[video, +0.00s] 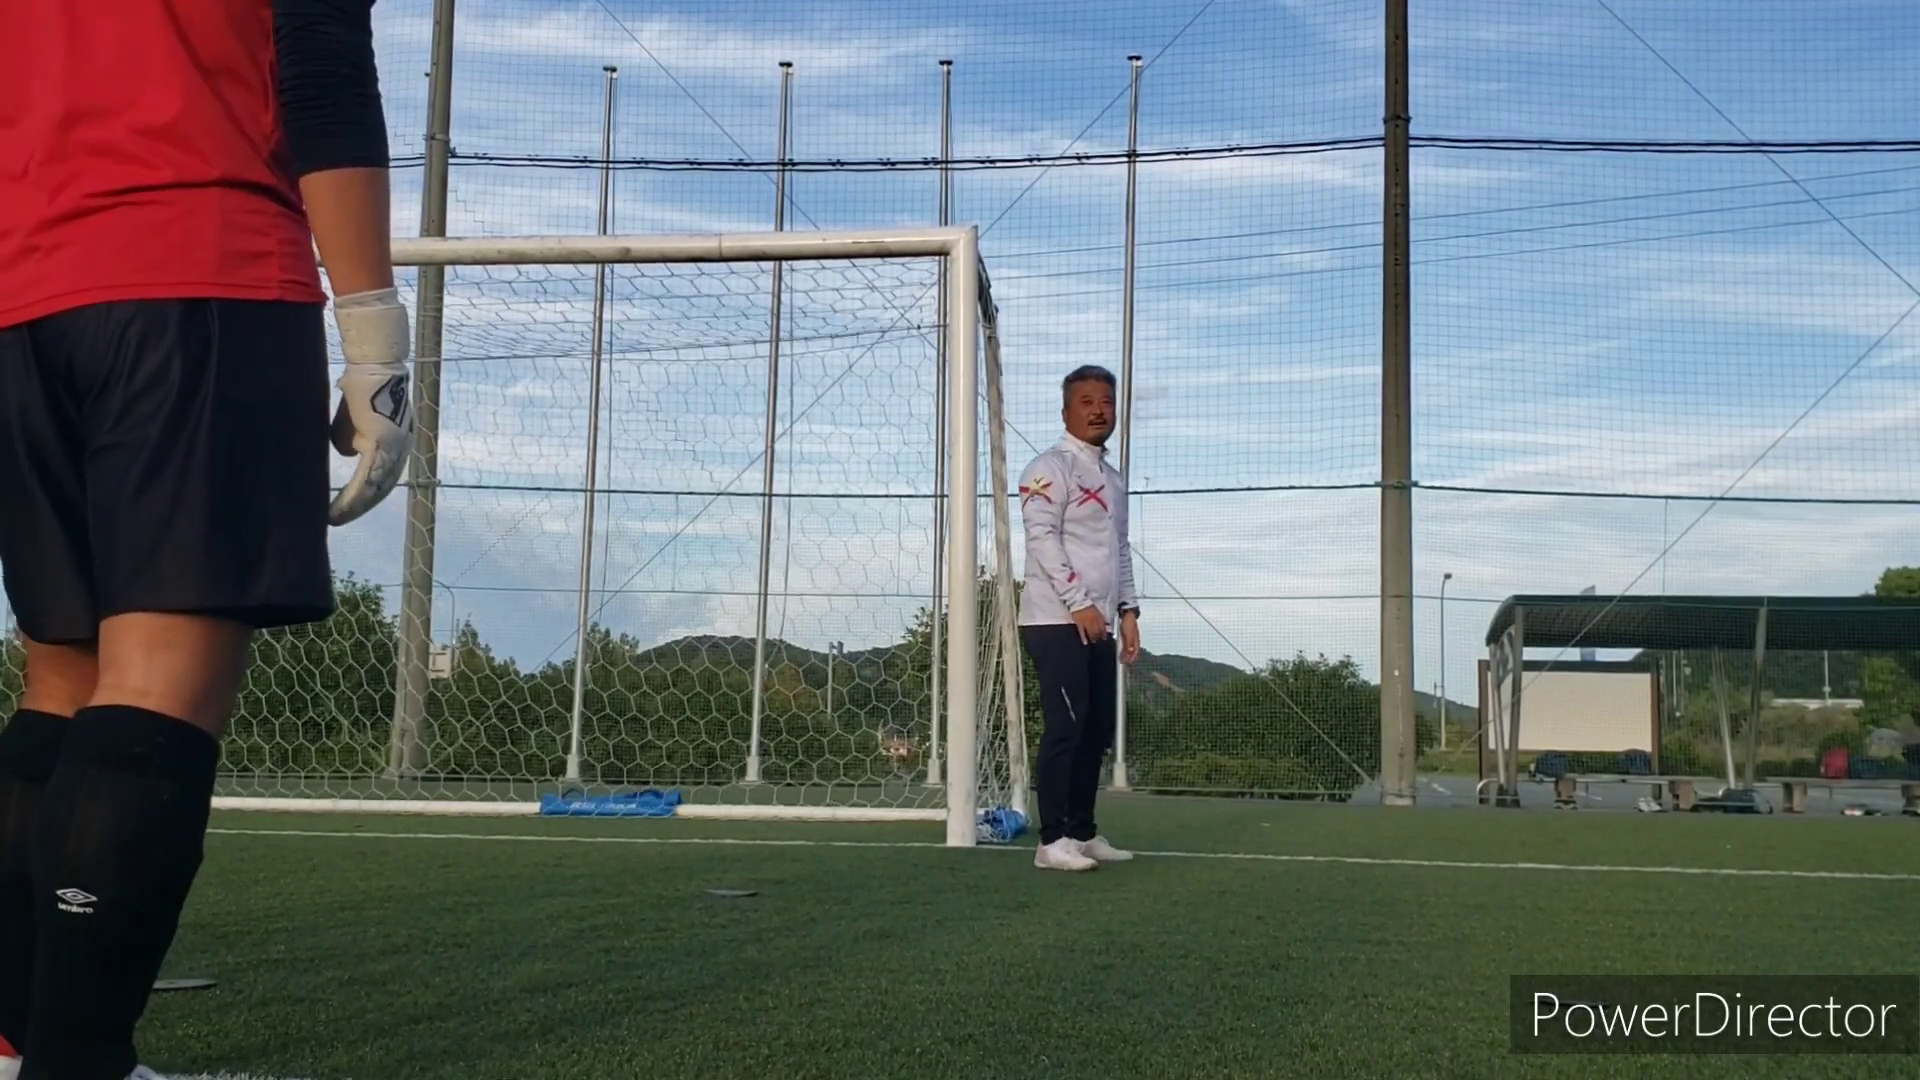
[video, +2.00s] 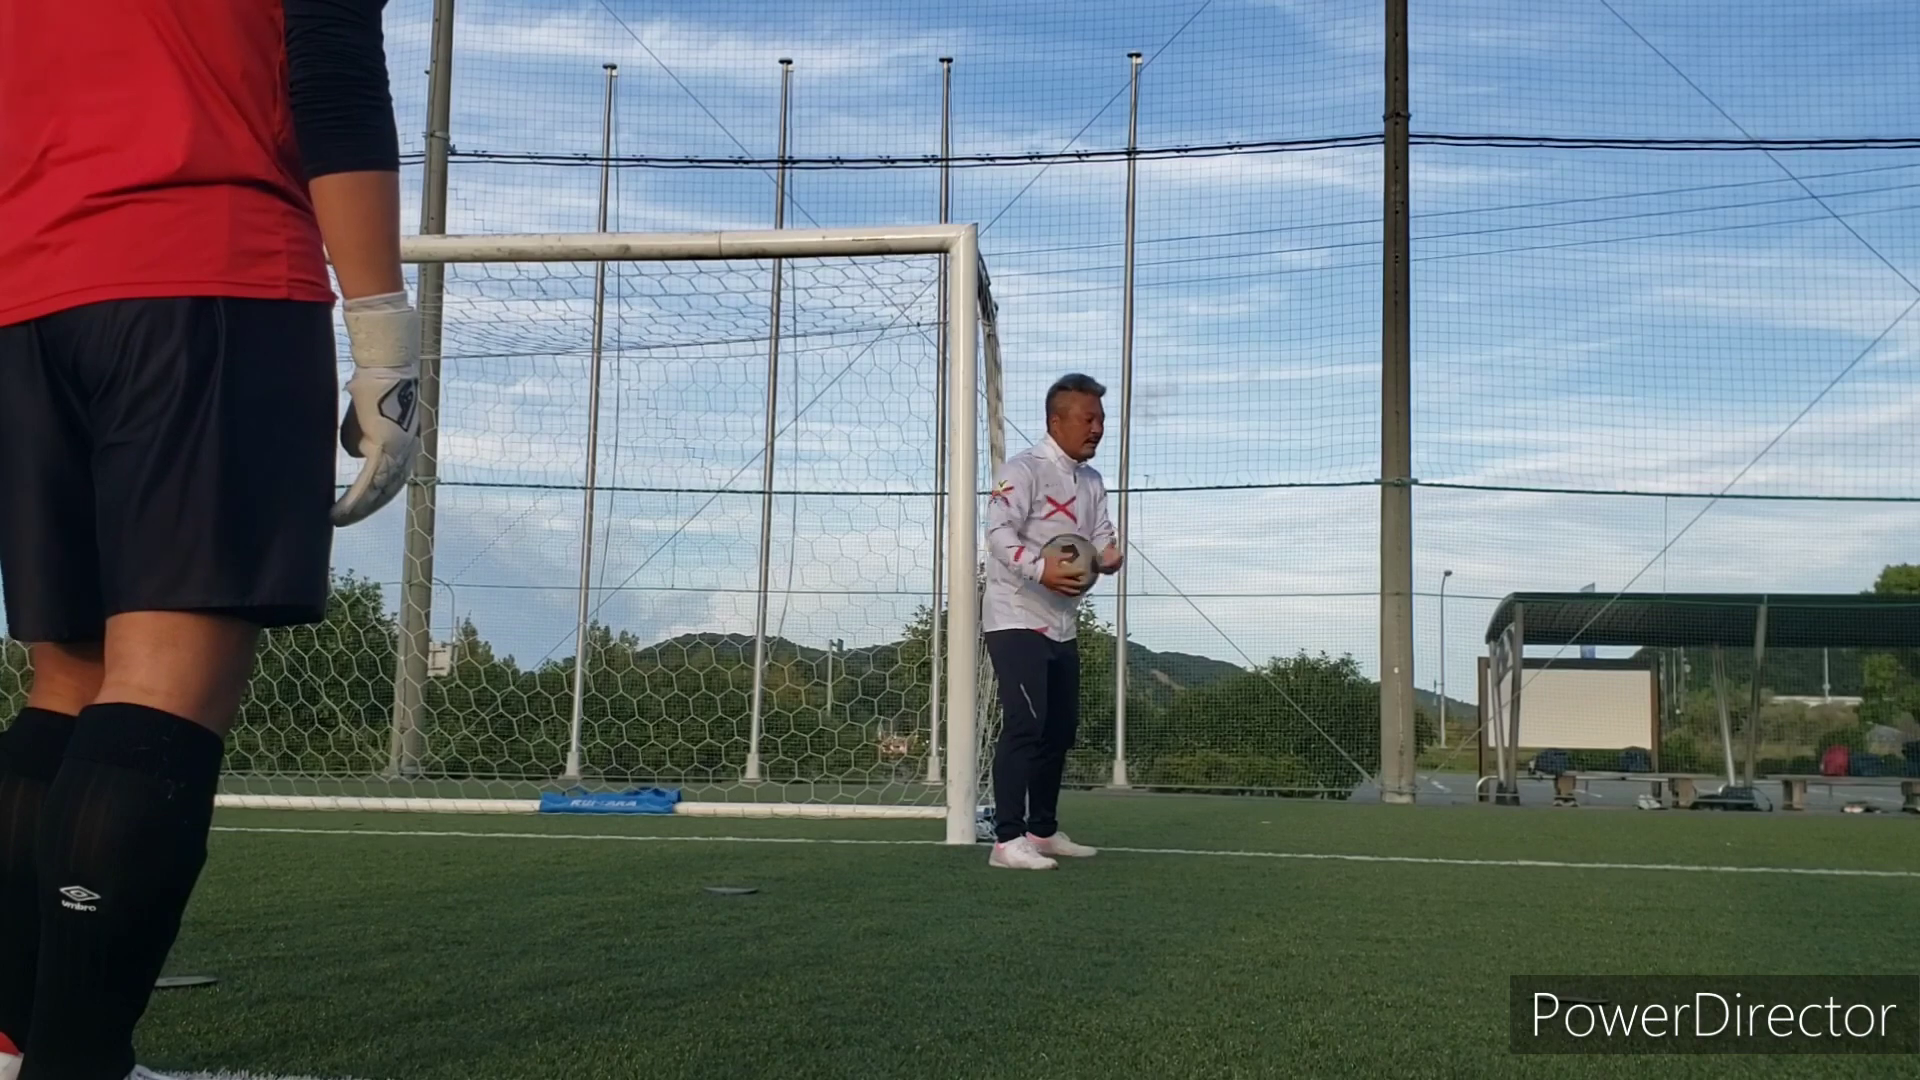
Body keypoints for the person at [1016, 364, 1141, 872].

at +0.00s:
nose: (1099, 410)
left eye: (1107, 402)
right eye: (1087, 402)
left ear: (1116, 411)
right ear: (1066, 411)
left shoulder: (1113, 478)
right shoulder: (1049, 466)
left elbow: (1119, 549)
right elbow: (1042, 540)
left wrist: (1128, 609)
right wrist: (1078, 603)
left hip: (1098, 619)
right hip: (1055, 617)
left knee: (1097, 729)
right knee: (1066, 727)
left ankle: (1082, 833)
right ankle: (1052, 841)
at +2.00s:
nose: (1098, 428)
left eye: (1101, 419)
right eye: (1088, 419)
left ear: (1099, 422)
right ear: (1055, 421)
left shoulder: (1092, 481)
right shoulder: (1023, 469)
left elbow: (1102, 538)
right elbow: (998, 535)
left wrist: (1106, 558)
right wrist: (1040, 567)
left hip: (1061, 620)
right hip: (1014, 616)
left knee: (1060, 726)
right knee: (1027, 721)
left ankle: (1041, 832)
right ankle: (1008, 841)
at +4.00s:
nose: (1054, 413)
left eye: (1056, 404)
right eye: (1041, 406)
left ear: (1060, 412)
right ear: (1014, 415)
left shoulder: (1060, 474)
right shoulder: (1002, 467)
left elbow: (1093, 529)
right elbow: (1029, 521)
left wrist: (1123, 494)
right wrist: (1086, 481)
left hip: (1061, 619)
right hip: (1023, 618)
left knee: (1060, 724)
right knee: (1028, 723)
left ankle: (1042, 830)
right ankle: (1008, 839)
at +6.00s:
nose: (1082, 428)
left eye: (1083, 419)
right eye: (1076, 418)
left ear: (1057, 420)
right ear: (1045, 416)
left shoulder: (1063, 475)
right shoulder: (1014, 464)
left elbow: (1109, 508)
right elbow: (1023, 525)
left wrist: (1162, 488)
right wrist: (1089, 502)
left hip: (1056, 619)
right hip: (1022, 617)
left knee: (1058, 726)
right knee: (1030, 722)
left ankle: (1041, 830)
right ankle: (1008, 839)